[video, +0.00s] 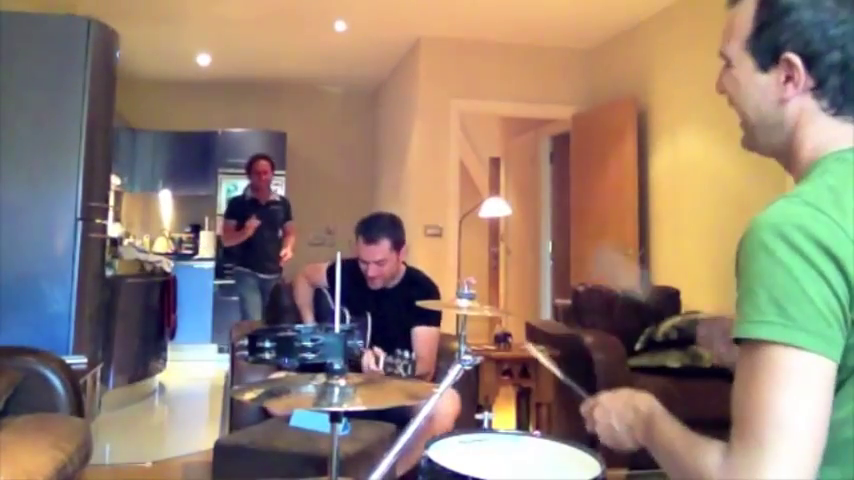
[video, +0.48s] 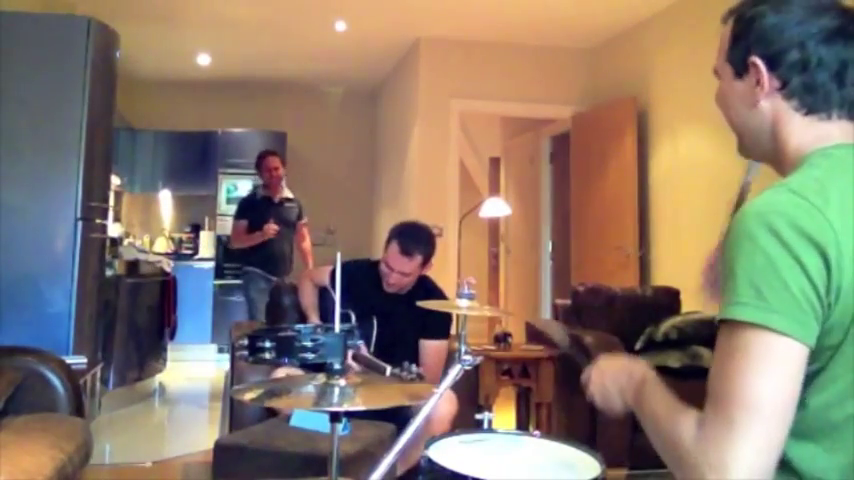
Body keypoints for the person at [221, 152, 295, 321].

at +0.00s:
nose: (262, 178)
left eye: (266, 173)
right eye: (257, 173)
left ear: (272, 175)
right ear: (249, 176)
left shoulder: (281, 204)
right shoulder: (237, 203)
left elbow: (289, 230)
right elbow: (226, 239)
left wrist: (287, 248)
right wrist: (245, 233)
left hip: (273, 271)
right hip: (246, 270)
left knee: (274, 322)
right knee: (254, 323)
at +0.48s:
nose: (274, 174)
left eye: (277, 169)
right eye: (268, 170)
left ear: (284, 170)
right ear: (260, 174)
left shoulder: (293, 203)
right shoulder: (250, 202)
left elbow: (303, 238)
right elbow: (236, 241)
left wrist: (309, 268)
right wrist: (262, 235)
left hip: (284, 276)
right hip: (256, 274)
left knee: (283, 327)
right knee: (260, 326)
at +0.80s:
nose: (288, 172)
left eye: (291, 167)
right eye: (282, 168)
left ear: (297, 169)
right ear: (272, 170)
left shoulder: (303, 199)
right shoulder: (258, 199)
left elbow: (309, 235)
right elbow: (245, 237)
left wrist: (313, 268)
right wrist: (274, 234)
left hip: (295, 275)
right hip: (264, 274)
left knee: (294, 326)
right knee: (265, 326)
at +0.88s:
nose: (291, 172)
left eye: (295, 167)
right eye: (286, 167)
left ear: (301, 169)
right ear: (275, 170)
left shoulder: (307, 200)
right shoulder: (261, 198)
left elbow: (312, 237)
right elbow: (248, 238)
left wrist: (315, 269)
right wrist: (277, 235)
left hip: (298, 277)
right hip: (266, 276)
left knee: (298, 330)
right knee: (267, 331)